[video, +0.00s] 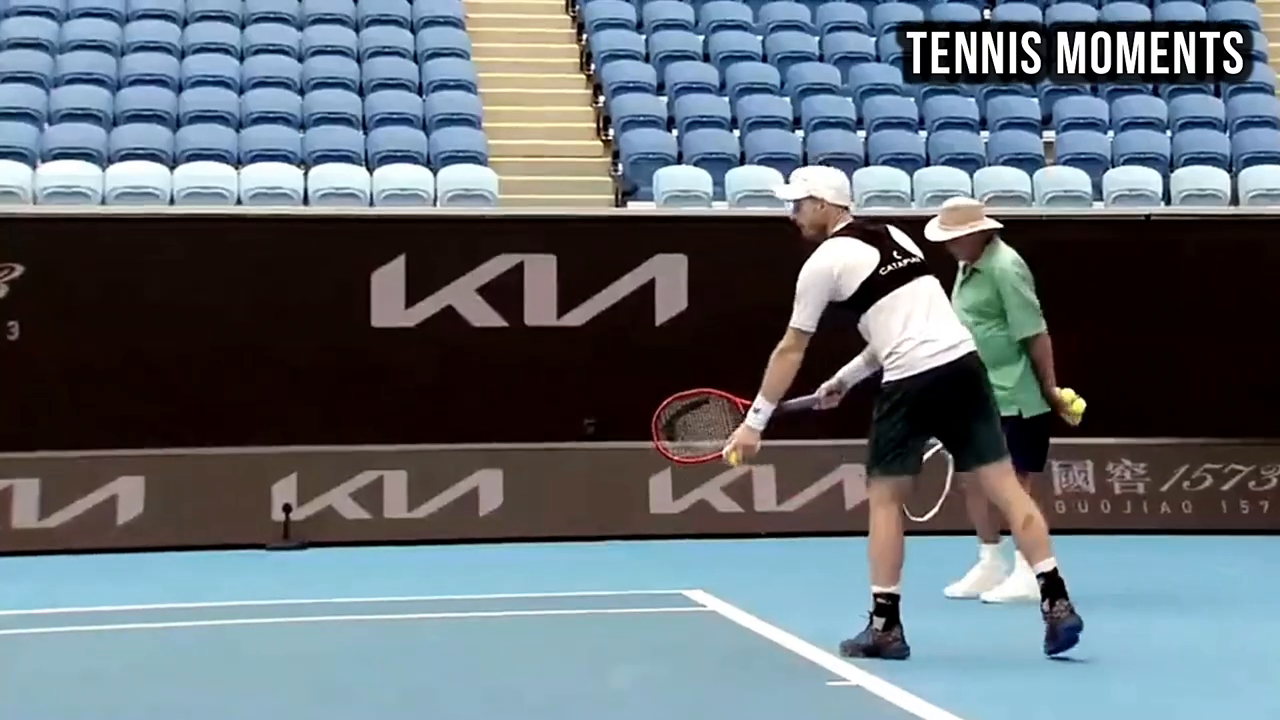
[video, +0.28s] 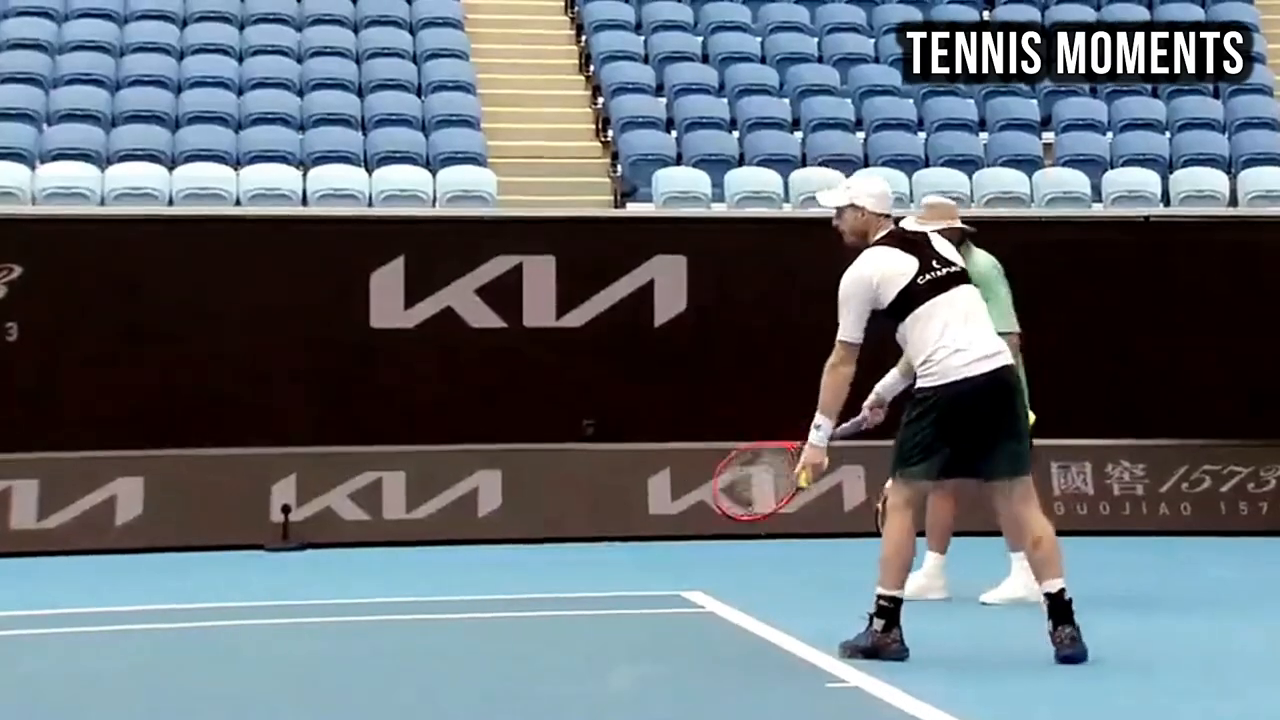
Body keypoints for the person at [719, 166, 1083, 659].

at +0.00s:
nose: (794, 215)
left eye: (800, 205)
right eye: (794, 205)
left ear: (826, 207)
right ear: (841, 208)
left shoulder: (822, 261)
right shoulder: (890, 232)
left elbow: (791, 349)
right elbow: (901, 325)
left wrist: (754, 423)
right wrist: (843, 379)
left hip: (909, 380)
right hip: (965, 366)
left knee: (886, 500)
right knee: (1006, 488)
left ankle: (885, 626)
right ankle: (1059, 605)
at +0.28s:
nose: (837, 222)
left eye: (843, 212)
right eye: (837, 213)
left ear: (866, 214)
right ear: (883, 213)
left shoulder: (862, 271)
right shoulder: (931, 237)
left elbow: (842, 364)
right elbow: (936, 336)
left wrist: (818, 439)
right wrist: (882, 393)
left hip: (941, 390)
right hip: (1000, 382)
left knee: (902, 501)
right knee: (1022, 504)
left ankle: (884, 627)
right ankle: (1065, 625)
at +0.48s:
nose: (887, 225)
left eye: (891, 216)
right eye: (887, 216)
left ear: (912, 217)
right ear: (939, 217)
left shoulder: (906, 277)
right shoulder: (988, 246)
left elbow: (907, 368)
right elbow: (1001, 325)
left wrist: (904, 446)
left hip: (975, 404)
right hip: (1033, 394)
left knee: (923, 511)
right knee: (1041, 517)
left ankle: (886, 630)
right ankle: (1068, 630)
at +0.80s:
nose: (970, 209)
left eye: (973, 204)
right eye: (973, 203)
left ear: (981, 211)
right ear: (1023, 211)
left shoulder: (960, 267)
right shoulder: (1061, 258)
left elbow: (949, 343)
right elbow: (1086, 339)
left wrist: (934, 403)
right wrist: (1081, 410)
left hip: (987, 421)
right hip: (1052, 419)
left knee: (931, 521)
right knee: (1055, 538)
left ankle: (891, 638)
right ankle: (1070, 642)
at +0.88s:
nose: (989, 209)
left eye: (990, 205)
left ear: (991, 212)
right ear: (1035, 212)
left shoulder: (964, 262)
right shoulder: (1067, 263)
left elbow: (929, 307)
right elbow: (1098, 339)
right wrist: (1097, 402)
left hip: (983, 425)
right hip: (1048, 424)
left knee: (931, 524)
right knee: (1055, 539)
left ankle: (893, 639)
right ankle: (1069, 644)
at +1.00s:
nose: (991, 211)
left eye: (992, 208)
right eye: (1000, 208)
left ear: (994, 218)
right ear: (1036, 219)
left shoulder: (969, 259)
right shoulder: (1067, 275)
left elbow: (917, 221)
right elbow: (1108, 334)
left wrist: (887, 176)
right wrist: (1116, 376)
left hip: (975, 431)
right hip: (1039, 432)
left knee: (927, 527)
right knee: (1051, 548)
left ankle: (897, 642)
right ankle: (1069, 647)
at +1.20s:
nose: (963, 222)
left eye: (967, 219)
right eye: (986, 218)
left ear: (971, 234)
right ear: (1015, 237)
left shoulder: (947, 266)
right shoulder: (1039, 291)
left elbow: (929, 181)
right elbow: (1103, 311)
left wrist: (912, 96)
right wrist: (1119, 291)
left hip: (943, 442)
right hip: (1006, 444)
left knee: (898, 534)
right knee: (1034, 556)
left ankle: (892, 647)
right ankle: (1066, 653)